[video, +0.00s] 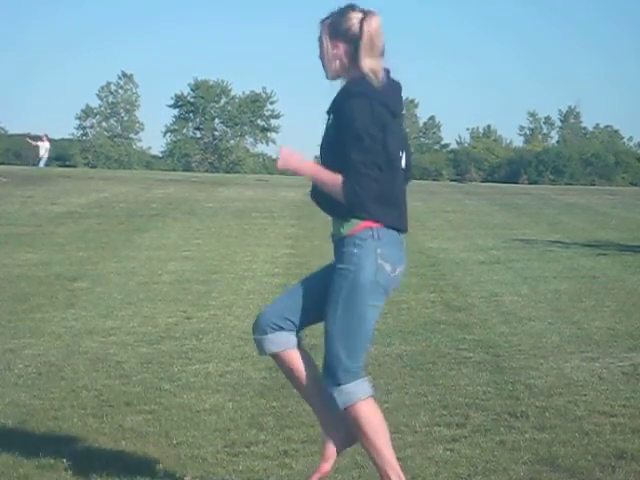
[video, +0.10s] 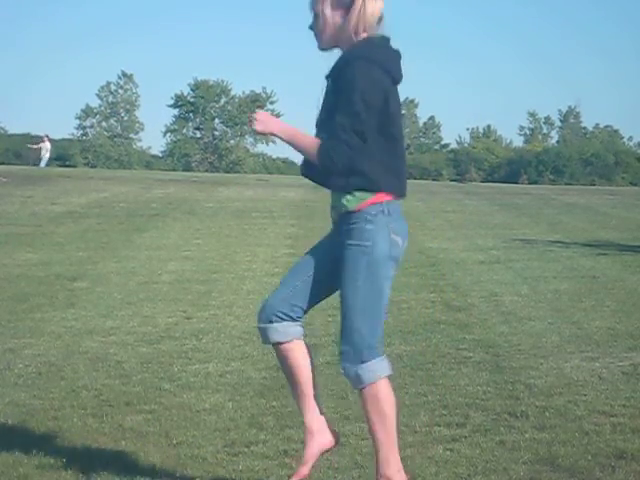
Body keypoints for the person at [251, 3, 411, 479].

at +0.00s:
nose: (319, 54)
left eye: (324, 45)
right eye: (321, 45)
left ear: (344, 48)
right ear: (352, 48)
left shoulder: (358, 98)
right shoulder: (378, 95)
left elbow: (364, 189)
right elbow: (400, 172)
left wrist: (305, 168)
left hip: (367, 248)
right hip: (372, 246)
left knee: (344, 377)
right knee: (272, 325)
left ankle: (395, 474)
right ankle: (334, 425)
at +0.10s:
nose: (312, 20)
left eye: (317, 10)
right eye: (313, 11)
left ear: (348, 9)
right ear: (349, 12)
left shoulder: (362, 65)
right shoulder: (355, 66)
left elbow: (344, 161)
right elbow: (353, 161)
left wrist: (282, 130)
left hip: (373, 225)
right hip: (351, 225)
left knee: (363, 357)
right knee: (278, 314)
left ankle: (391, 470)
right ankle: (315, 429)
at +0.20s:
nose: (319, 16)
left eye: (329, 5)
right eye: (316, 7)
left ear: (362, 7)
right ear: (318, 11)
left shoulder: (367, 57)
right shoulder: (346, 59)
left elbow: (306, 115)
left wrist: (228, 120)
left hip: (377, 221)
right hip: (337, 219)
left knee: (370, 352)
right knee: (295, 332)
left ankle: (393, 464)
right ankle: (297, 450)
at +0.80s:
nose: (331, 45)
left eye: (341, 34)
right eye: (323, 38)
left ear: (365, 36)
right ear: (317, 44)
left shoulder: (378, 76)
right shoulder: (318, 85)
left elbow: (317, 99)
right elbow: (302, 152)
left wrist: (245, 77)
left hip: (356, 249)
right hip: (290, 242)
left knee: (387, 367)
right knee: (249, 357)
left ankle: (406, 470)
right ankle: (219, 470)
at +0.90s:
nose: (330, 72)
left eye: (341, 63)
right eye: (322, 63)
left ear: (361, 67)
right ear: (314, 69)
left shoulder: (374, 119)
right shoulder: (305, 118)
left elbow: (356, 192)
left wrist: (302, 148)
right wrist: (357, 20)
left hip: (350, 280)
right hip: (284, 273)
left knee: (382, 392)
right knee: (229, 382)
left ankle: (400, 475)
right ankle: (201, 474)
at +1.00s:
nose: (330, 86)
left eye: (341, 78)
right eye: (322, 77)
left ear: (357, 88)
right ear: (310, 86)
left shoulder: (375, 155)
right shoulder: (277, 146)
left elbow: (409, 230)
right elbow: (228, 205)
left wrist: (355, 214)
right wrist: (255, 219)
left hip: (348, 303)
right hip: (279, 299)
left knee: (381, 416)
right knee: (213, 400)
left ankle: (400, 477)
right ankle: (199, 478)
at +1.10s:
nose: (329, 75)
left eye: (339, 68)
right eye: (321, 65)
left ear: (353, 76)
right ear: (307, 70)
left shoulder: (362, 130)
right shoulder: (277, 120)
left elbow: (418, 185)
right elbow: (231, 174)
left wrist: (386, 216)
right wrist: (270, 224)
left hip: (348, 273)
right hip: (285, 273)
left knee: (380, 395)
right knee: (228, 389)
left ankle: (402, 475)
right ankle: (203, 477)